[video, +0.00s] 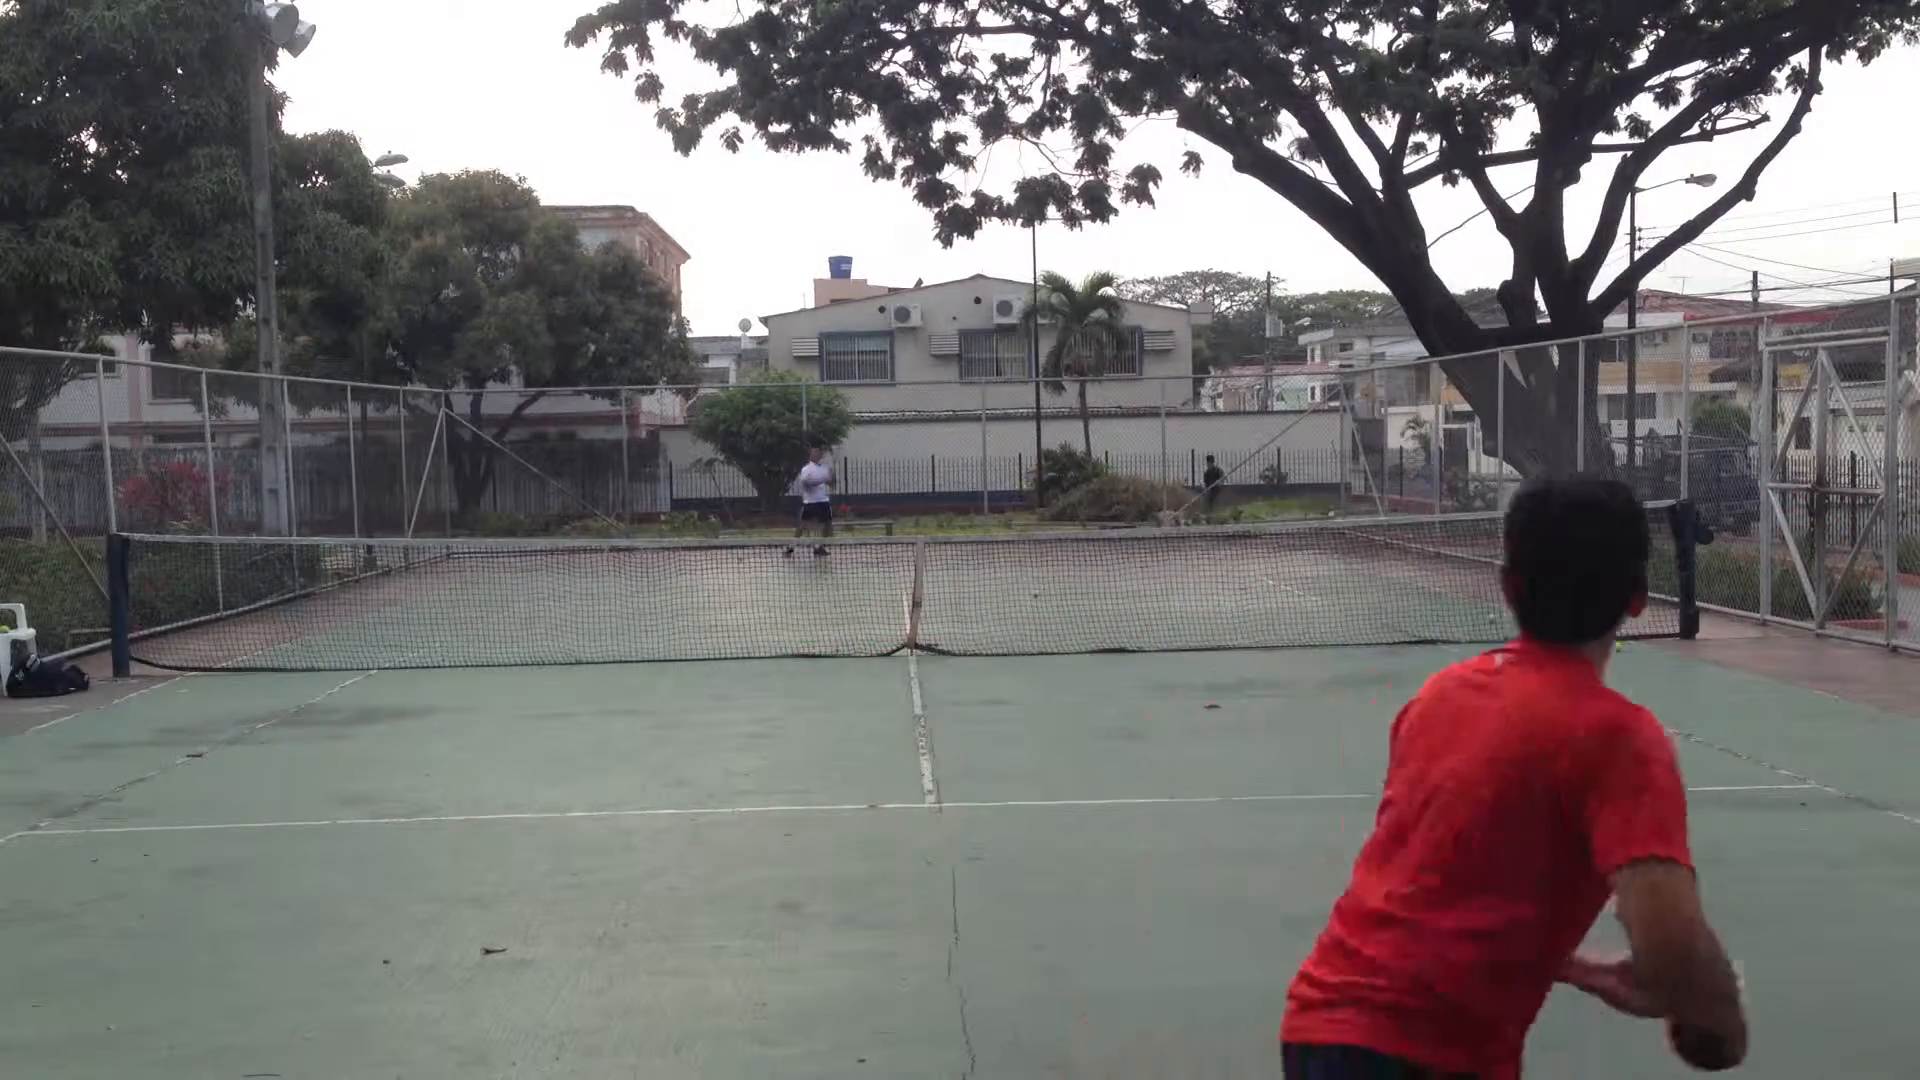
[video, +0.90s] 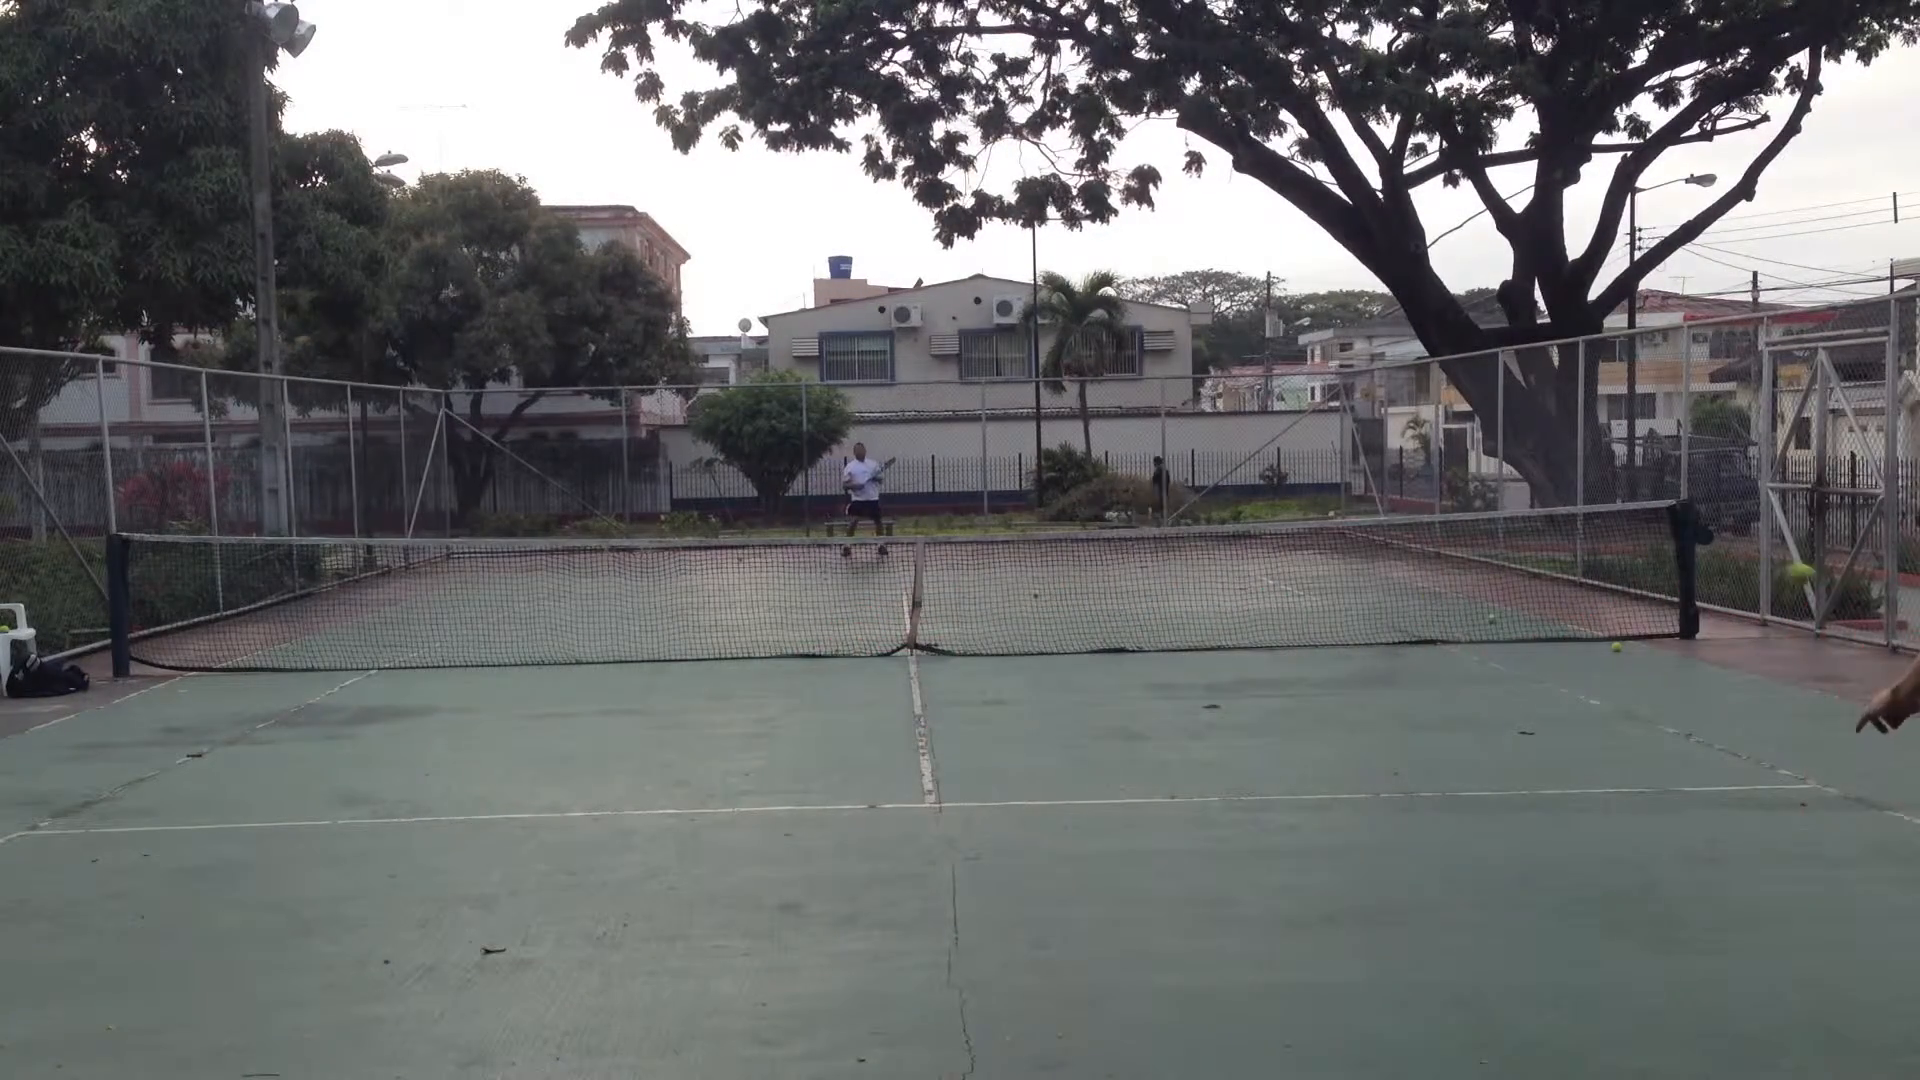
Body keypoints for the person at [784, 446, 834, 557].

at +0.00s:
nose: (817, 455)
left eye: (819, 453)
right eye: (815, 453)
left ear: (821, 454)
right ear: (810, 455)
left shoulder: (825, 468)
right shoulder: (806, 469)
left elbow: (831, 483)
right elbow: (805, 482)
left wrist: (831, 476)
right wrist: (823, 479)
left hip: (823, 500)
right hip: (809, 501)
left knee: (827, 525)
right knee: (802, 525)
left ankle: (820, 546)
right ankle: (791, 547)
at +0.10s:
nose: (825, 455)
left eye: (827, 452)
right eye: (822, 452)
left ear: (829, 454)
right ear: (817, 454)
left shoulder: (833, 468)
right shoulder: (813, 469)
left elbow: (838, 485)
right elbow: (805, 484)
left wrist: (837, 481)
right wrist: (815, 487)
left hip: (829, 501)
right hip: (815, 501)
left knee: (829, 525)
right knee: (813, 523)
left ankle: (821, 546)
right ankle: (807, 545)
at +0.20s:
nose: (827, 454)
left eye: (829, 452)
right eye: (825, 452)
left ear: (831, 452)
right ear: (821, 453)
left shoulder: (838, 464)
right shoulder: (815, 466)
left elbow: (845, 479)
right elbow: (809, 483)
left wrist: (839, 480)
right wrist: (821, 485)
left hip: (835, 498)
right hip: (821, 498)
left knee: (831, 523)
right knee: (824, 521)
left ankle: (828, 545)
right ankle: (823, 543)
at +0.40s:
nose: (836, 456)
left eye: (837, 453)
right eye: (833, 454)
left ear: (839, 453)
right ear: (828, 455)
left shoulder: (848, 466)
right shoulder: (824, 469)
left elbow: (855, 480)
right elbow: (818, 486)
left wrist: (848, 480)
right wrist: (829, 488)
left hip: (847, 499)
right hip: (833, 500)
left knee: (852, 524)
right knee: (839, 522)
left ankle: (836, 532)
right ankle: (841, 545)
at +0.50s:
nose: (839, 455)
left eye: (840, 453)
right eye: (836, 453)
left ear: (844, 453)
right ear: (832, 454)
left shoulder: (851, 466)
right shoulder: (829, 468)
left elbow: (859, 480)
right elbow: (825, 485)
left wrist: (854, 479)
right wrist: (836, 487)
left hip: (852, 500)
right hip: (837, 500)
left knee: (858, 523)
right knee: (840, 524)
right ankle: (842, 545)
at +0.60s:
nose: (846, 456)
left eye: (847, 453)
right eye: (843, 454)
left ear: (850, 454)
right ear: (839, 455)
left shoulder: (857, 465)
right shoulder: (835, 468)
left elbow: (864, 478)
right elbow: (830, 485)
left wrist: (861, 479)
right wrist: (843, 487)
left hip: (858, 500)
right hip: (843, 501)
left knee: (867, 523)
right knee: (843, 523)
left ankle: (875, 544)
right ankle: (843, 546)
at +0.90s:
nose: (860, 455)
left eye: (862, 452)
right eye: (858, 452)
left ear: (865, 452)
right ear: (854, 453)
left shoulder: (873, 464)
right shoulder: (850, 467)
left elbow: (881, 479)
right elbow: (845, 484)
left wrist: (876, 478)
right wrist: (858, 486)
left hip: (873, 499)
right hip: (858, 500)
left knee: (878, 523)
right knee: (853, 522)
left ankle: (881, 544)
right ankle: (847, 544)